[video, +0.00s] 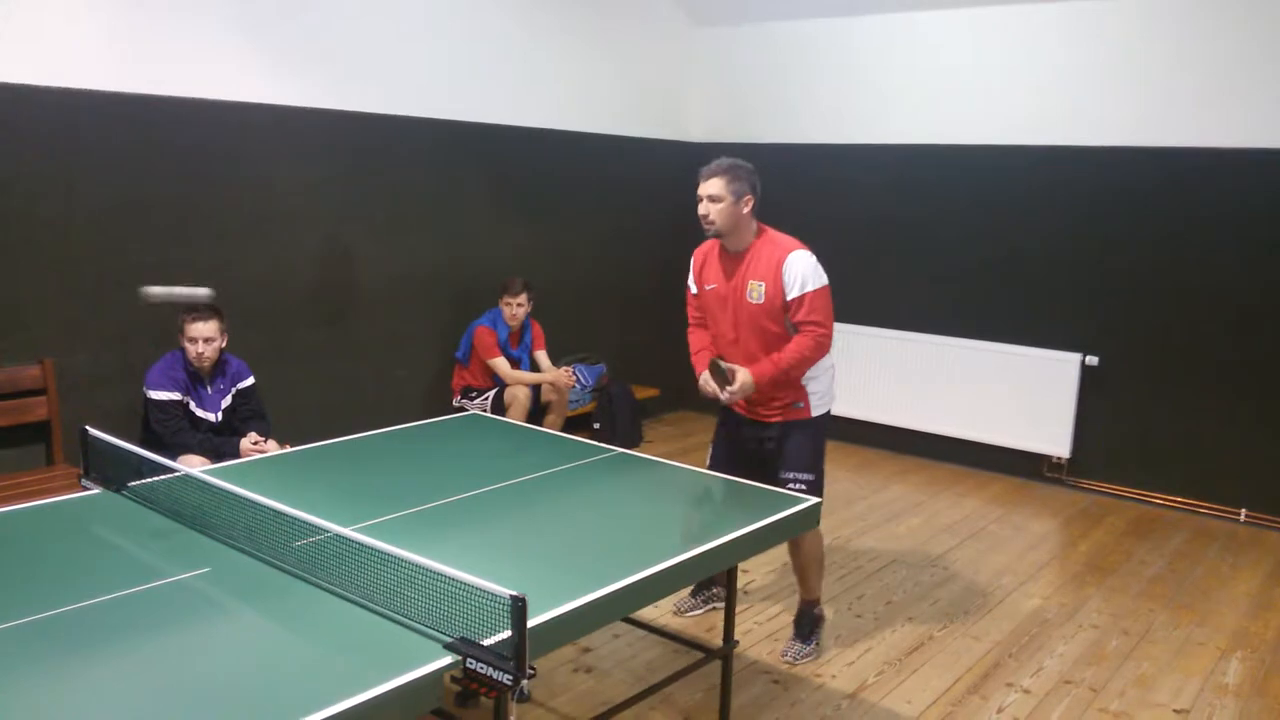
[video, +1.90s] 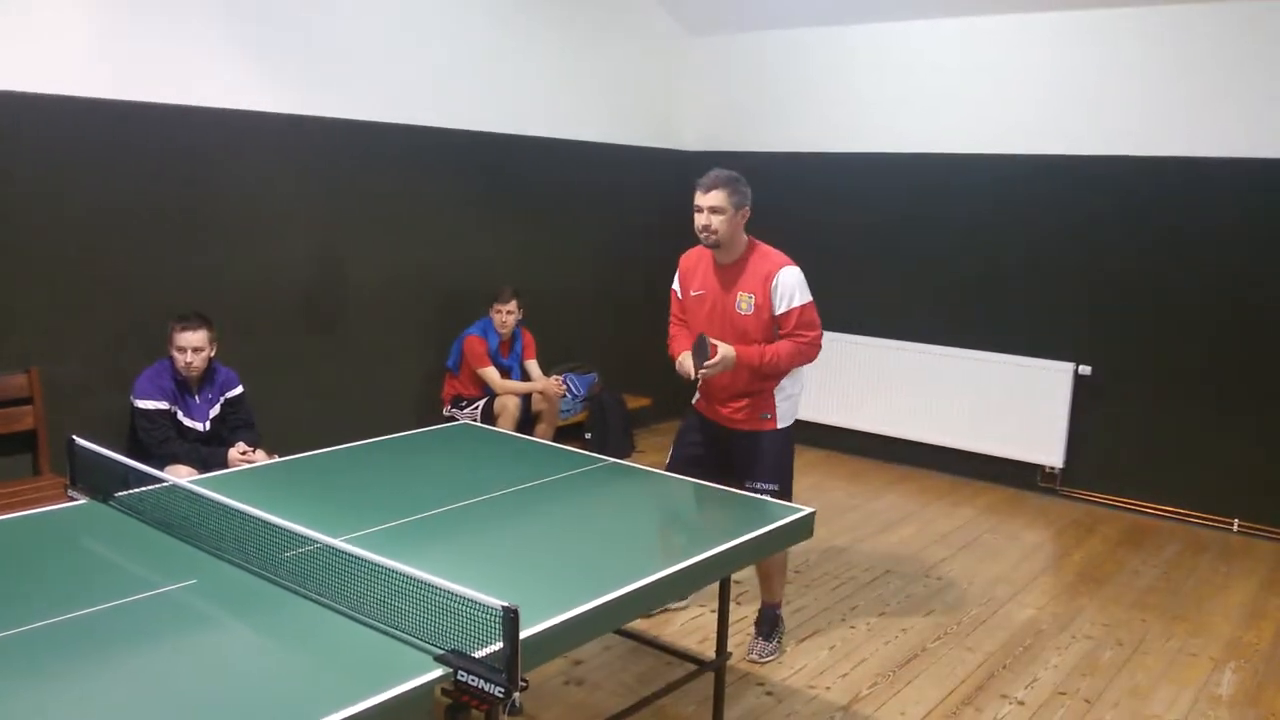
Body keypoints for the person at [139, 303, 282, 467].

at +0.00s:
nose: (200, 350)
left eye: (208, 341)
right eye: (192, 341)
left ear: (223, 341)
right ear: (182, 341)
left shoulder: (236, 370)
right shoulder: (162, 377)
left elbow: (252, 419)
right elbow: (175, 439)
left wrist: (253, 439)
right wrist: (235, 448)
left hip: (227, 450)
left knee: (271, 449)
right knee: (196, 465)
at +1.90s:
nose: (188, 360)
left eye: (197, 351)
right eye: (180, 351)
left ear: (212, 350)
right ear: (170, 350)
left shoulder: (225, 380)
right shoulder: (150, 386)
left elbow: (241, 427)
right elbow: (161, 449)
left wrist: (241, 446)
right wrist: (223, 458)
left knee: (261, 460)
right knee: (184, 475)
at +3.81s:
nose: (203, 360)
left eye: (210, 350)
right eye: (194, 352)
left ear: (219, 348)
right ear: (176, 349)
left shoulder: (230, 377)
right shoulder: (155, 384)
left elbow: (246, 426)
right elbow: (167, 446)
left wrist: (245, 444)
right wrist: (228, 455)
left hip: (220, 458)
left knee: (265, 458)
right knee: (189, 473)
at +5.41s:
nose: (194, 361)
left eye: (201, 352)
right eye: (185, 353)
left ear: (210, 350)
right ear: (168, 351)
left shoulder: (223, 380)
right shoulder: (147, 387)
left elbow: (239, 429)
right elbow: (159, 448)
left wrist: (239, 447)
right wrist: (220, 459)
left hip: (212, 459)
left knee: (257, 461)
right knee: (181, 476)